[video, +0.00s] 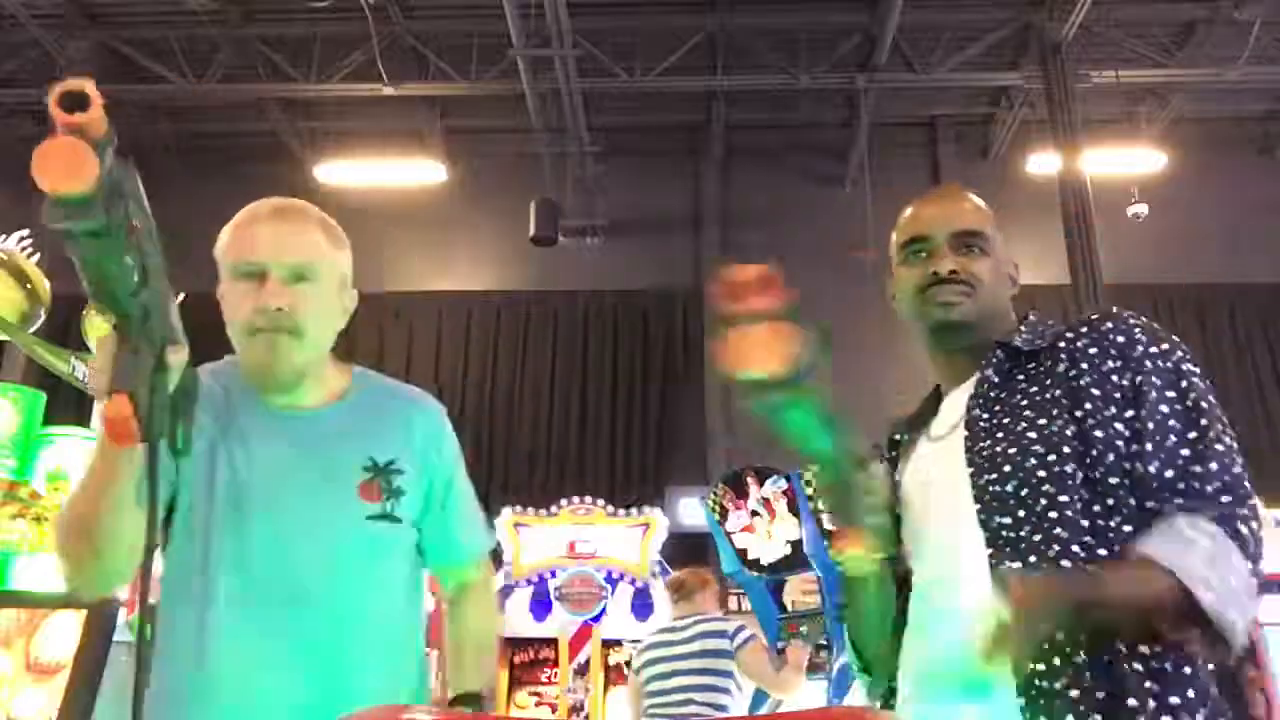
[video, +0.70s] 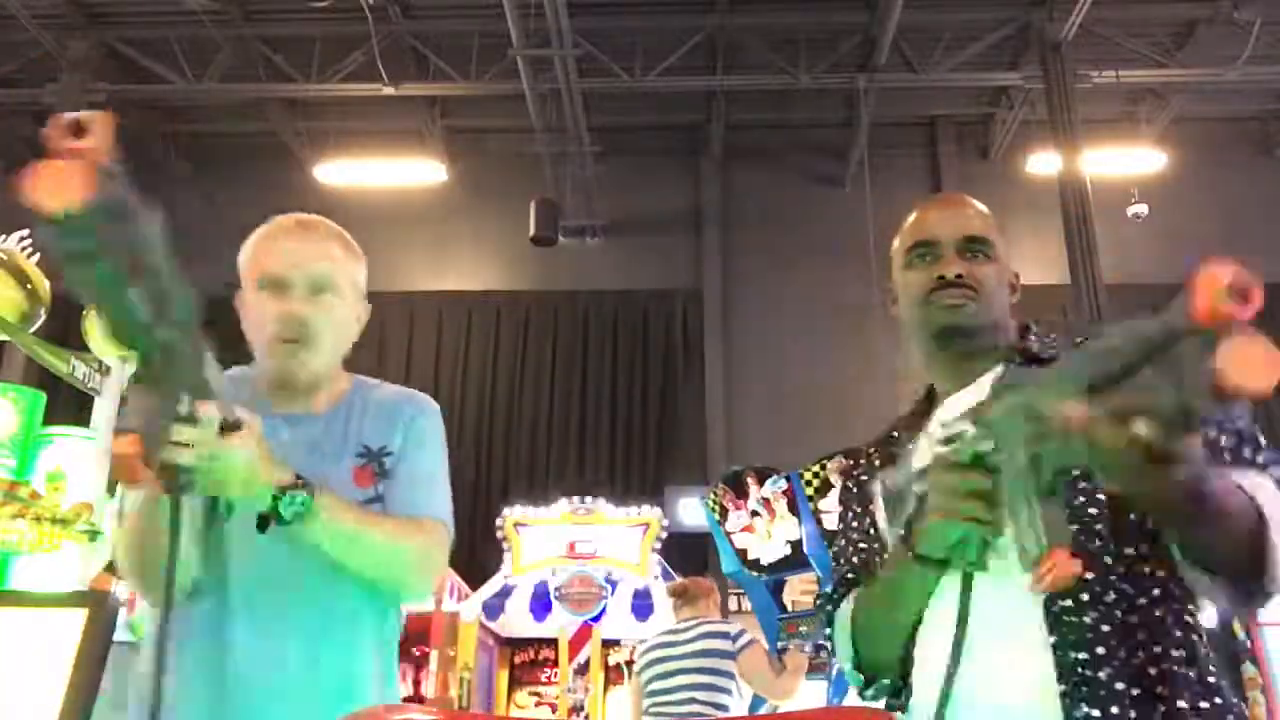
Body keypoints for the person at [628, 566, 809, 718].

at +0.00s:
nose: (719, 607)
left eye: (718, 599)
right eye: (716, 599)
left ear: (672, 602)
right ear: (705, 595)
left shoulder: (645, 645)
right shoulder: (728, 628)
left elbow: (637, 712)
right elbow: (782, 687)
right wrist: (797, 663)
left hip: (659, 715)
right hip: (712, 713)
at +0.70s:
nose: (722, 610)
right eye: (720, 604)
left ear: (675, 610)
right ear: (713, 600)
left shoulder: (646, 648)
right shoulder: (730, 633)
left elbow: (637, 713)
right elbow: (779, 692)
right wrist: (797, 667)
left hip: (658, 714)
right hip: (710, 712)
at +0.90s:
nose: (721, 609)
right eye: (720, 603)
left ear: (676, 608)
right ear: (714, 599)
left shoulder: (646, 647)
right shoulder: (729, 632)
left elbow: (637, 713)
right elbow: (752, 694)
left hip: (657, 716)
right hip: (707, 714)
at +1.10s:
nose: (720, 607)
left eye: (717, 600)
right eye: (716, 599)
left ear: (672, 607)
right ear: (707, 597)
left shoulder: (645, 647)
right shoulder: (727, 630)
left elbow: (636, 712)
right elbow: (769, 687)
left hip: (655, 715)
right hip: (709, 713)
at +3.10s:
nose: (716, 606)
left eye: (714, 599)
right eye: (715, 599)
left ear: (672, 605)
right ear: (710, 595)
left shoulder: (644, 648)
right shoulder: (729, 631)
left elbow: (637, 712)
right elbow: (781, 683)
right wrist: (798, 657)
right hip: (707, 712)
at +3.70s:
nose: (723, 609)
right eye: (721, 603)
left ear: (675, 609)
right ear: (714, 600)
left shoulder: (646, 650)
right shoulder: (731, 633)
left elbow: (639, 713)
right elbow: (778, 695)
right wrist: (794, 665)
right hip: (710, 712)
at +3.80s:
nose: (721, 611)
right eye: (720, 605)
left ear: (676, 610)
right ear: (714, 602)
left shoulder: (646, 648)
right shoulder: (729, 633)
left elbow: (638, 713)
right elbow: (758, 694)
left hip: (658, 716)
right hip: (707, 714)